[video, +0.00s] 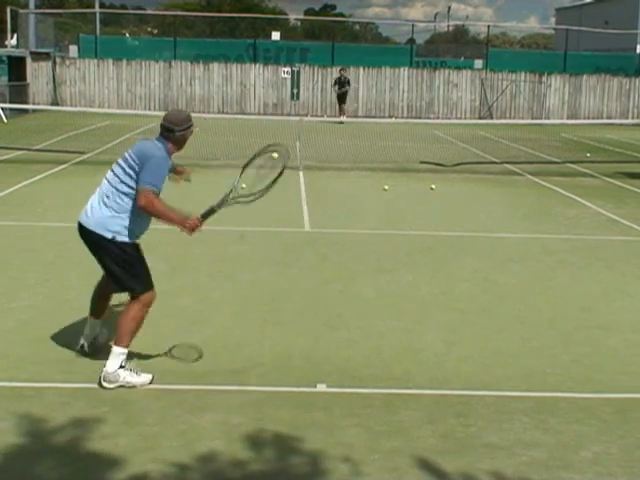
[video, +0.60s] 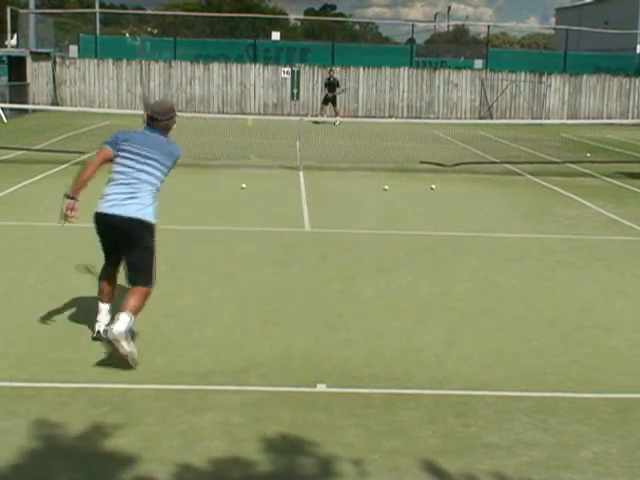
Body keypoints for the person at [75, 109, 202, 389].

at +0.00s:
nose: (189, 138)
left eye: (188, 133)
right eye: (189, 134)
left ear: (163, 129)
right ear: (184, 137)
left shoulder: (146, 146)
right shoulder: (157, 157)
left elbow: (160, 161)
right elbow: (146, 200)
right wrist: (182, 221)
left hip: (91, 222)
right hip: (112, 233)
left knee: (113, 277)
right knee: (144, 296)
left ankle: (91, 336)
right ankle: (114, 367)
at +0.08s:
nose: (188, 144)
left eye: (188, 140)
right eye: (188, 140)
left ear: (163, 135)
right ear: (183, 143)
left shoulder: (141, 151)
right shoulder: (156, 164)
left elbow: (146, 207)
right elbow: (146, 212)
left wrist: (177, 233)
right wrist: (179, 238)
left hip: (85, 221)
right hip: (107, 232)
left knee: (103, 276)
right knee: (137, 294)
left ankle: (97, 324)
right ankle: (113, 367)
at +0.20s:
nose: (185, 148)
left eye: (185, 143)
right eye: (184, 144)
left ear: (160, 140)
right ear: (178, 147)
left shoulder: (135, 152)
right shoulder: (156, 176)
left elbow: (93, 154)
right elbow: (158, 229)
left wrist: (71, 171)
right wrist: (186, 263)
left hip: (81, 219)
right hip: (102, 230)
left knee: (104, 274)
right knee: (121, 292)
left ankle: (99, 324)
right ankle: (110, 366)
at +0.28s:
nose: (181, 149)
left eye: (181, 145)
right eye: (180, 145)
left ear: (155, 140)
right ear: (174, 148)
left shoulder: (123, 149)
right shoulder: (160, 181)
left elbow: (78, 153)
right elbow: (169, 233)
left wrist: (50, 172)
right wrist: (195, 263)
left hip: (79, 222)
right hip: (105, 234)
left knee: (103, 271)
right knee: (113, 296)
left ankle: (100, 320)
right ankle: (106, 361)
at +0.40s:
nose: (176, 143)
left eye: (176, 139)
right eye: (176, 139)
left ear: (151, 134)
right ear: (170, 141)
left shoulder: (119, 144)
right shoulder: (163, 172)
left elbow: (78, 155)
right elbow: (171, 208)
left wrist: (46, 179)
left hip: (84, 220)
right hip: (113, 231)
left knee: (107, 268)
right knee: (116, 293)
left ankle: (103, 319)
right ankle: (92, 353)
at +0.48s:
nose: (173, 136)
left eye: (172, 131)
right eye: (173, 132)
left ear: (148, 127)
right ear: (169, 135)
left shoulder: (120, 141)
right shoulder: (166, 162)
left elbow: (84, 158)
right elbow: (169, 186)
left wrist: (54, 186)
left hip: (93, 218)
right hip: (123, 226)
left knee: (107, 268)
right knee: (123, 289)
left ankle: (101, 323)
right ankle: (95, 344)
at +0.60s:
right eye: (171, 123)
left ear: (146, 119)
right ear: (172, 125)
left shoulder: (123, 137)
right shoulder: (173, 151)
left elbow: (96, 161)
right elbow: (154, 173)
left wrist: (73, 195)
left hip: (107, 214)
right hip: (139, 219)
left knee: (111, 263)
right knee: (142, 284)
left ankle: (101, 322)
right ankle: (120, 328)